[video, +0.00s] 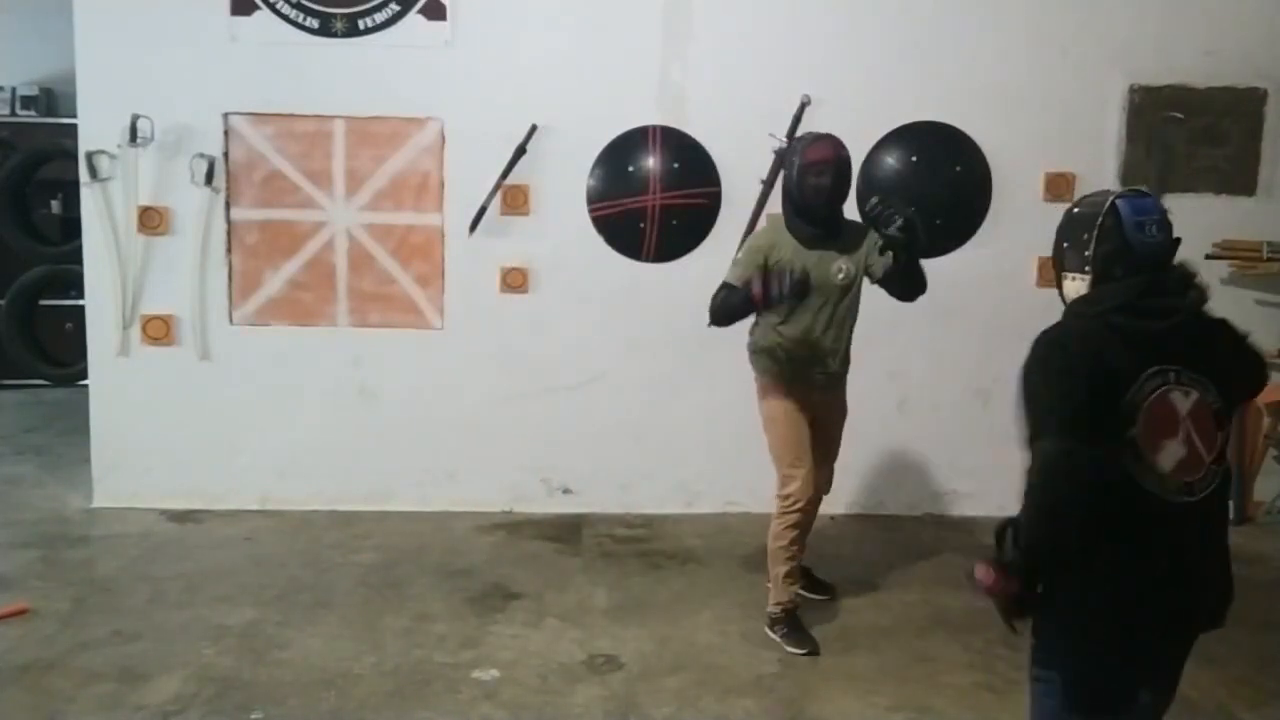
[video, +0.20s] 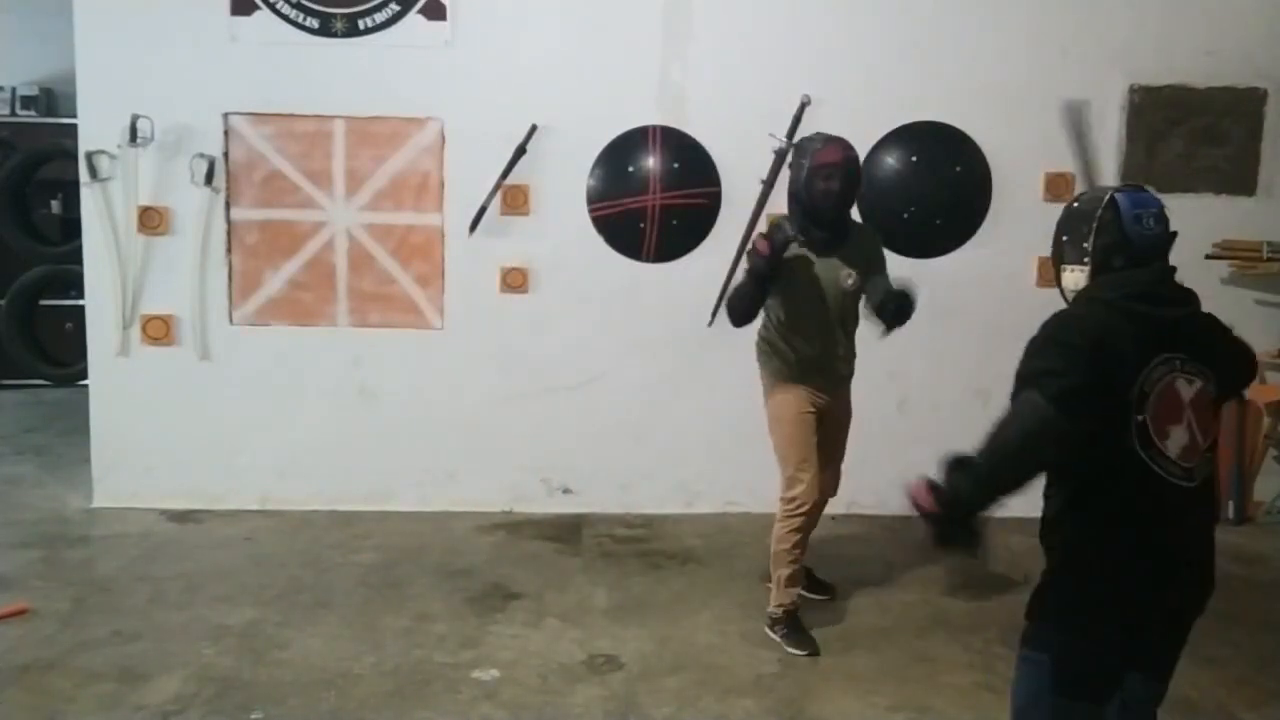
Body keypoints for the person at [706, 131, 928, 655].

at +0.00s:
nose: (824, 184)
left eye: (833, 173)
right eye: (813, 173)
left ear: (845, 180)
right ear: (792, 179)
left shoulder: (860, 240)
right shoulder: (769, 239)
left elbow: (911, 289)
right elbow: (720, 310)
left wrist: (903, 250)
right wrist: (762, 292)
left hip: (829, 380)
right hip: (778, 378)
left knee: (817, 484)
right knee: (798, 487)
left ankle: (792, 567)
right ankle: (780, 608)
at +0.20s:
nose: (836, 188)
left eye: (844, 177)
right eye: (824, 177)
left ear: (854, 184)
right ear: (799, 180)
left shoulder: (861, 240)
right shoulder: (776, 234)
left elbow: (887, 314)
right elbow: (737, 314)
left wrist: (897, 302)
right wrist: (763, 266)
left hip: (836, 381)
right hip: (788, 379)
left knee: (822, 488)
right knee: (802, 490)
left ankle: (793, 566)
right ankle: (781, 609)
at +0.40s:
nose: (851, 216)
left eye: (860, 205)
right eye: (841, 204)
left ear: (869, 209)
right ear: (816, 203)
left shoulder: (871, 257)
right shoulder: (788, 258)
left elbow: (875, 333)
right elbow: (754, 337)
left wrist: (882, 341)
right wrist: (768, 319)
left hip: (837, 383)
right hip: (789, 381)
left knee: (840, 481)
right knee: (809, 488)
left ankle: (807, 550)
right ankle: (783, 609)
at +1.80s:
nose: (877, 213)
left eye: (885, 203)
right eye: (868, 202)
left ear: (896, 203)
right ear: (847, 201)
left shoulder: (912, 247)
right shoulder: (826, 251)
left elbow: (932, 302)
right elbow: (786, 311)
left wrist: (921, 342)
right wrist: (806, 342)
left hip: (893, 371)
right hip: (840, 373)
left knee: (890, 466)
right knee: (839, 473)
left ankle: (859, 528)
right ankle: (828, 569)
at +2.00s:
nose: (878, 217)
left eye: (887, 208)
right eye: (870, 207)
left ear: (902, 211)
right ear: (855, 208)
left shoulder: (921, 255)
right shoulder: (834, 257)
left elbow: (949, 304)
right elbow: (803, 305)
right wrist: (790, 313)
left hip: (906, 378)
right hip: (850, 379)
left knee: (921, 455)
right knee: (849, 469)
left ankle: (903, 529)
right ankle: (831, 570)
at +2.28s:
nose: (902, 214)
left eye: (910, 203)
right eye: (894, 203)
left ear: (928, 205)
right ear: (877, 207)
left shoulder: (954, 254)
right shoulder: (864, 258)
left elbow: (976, 311)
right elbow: (817, 311)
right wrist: (818, 285)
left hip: (938, 377)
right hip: (881, 378)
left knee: (927, 470)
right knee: (868, 466)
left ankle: (914, 563)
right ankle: (845, 558)